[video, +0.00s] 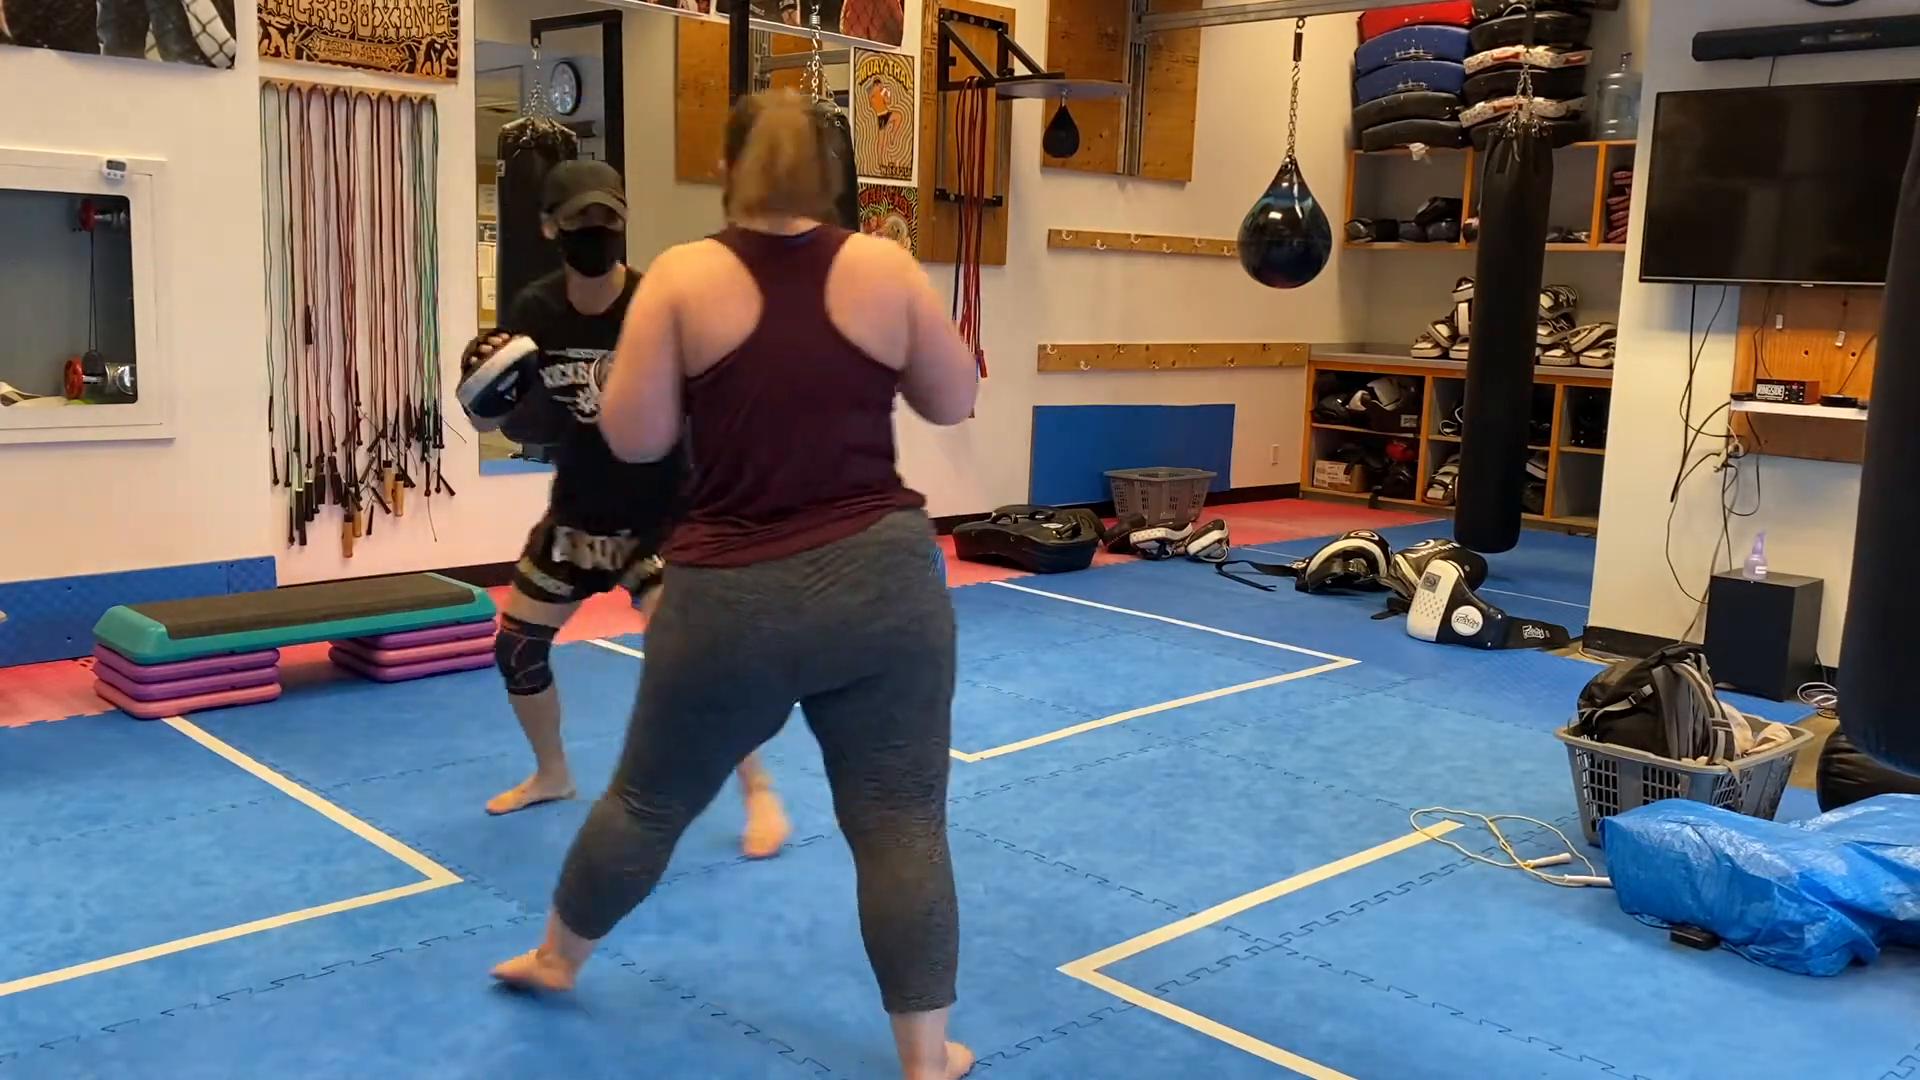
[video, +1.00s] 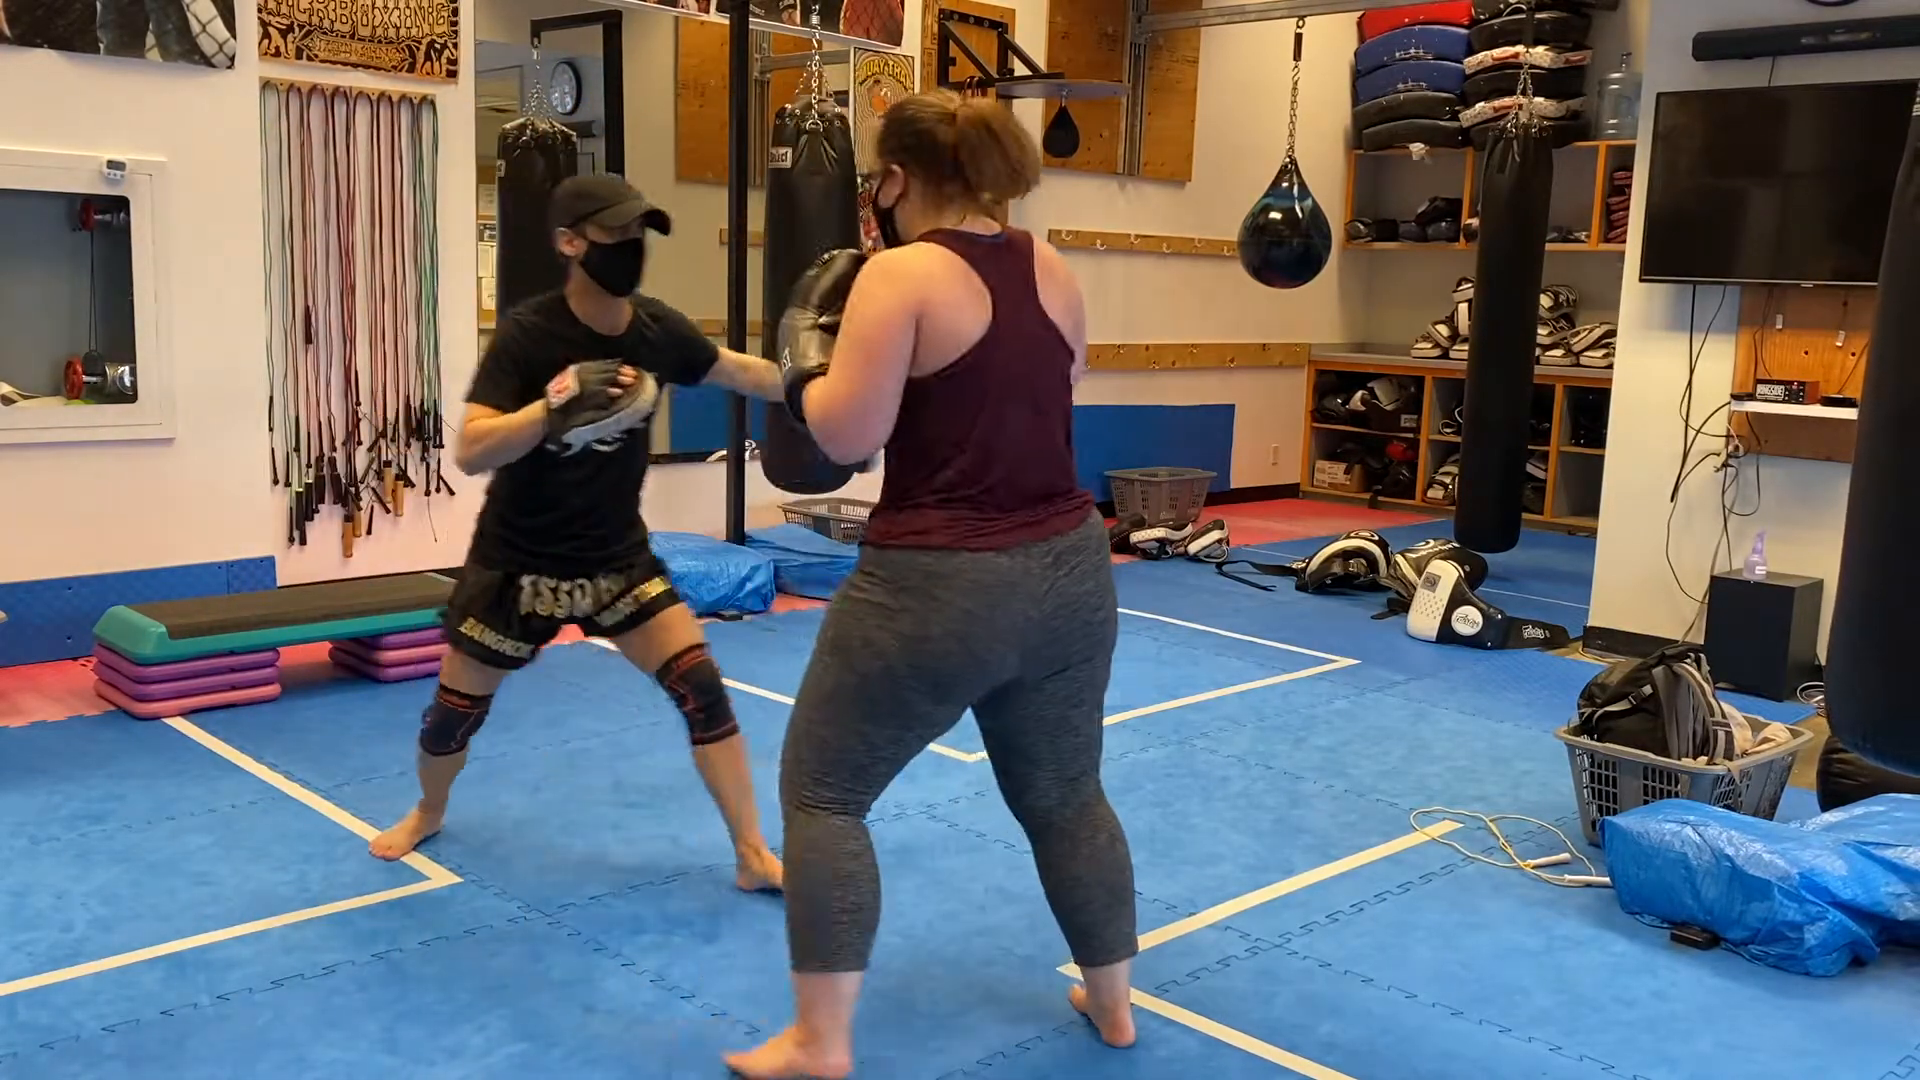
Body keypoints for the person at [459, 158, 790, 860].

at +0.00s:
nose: (597, 230)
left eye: (607, 216)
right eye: (581, 218)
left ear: (624, 220)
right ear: (552, 226)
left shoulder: (660, 300)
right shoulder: (534, 309)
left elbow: (706, 393)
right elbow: (524, 422)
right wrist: (494, 396)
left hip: (668, 516)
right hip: (578, 511)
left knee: (697, 655)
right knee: (519, 650)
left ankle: (758, 787)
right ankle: (553, 774)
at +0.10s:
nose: (580, 214)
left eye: (590, 199)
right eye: (563, 202)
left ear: (608, 203)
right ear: (531, 210)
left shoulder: (646, 297)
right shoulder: (506, 295)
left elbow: (689, 405)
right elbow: (453, 403)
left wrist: (650, 386)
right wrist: (475, 374)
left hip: (628, 494)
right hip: (544, 492)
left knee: (623, 645)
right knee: (512, 647)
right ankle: (551, 772)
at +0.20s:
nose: (573, 206)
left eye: (582, 191)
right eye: (555, 194)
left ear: (597, 195)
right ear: (518, 200)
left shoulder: (636, 295)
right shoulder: (488, 288)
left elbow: (692, 395)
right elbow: (434, 400)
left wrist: (658, 378)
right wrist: (471, 370)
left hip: (603, 499)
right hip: (517, 494)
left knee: (577, 664)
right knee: (493, 650)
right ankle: (548, 755)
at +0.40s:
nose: (554, 224)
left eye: (563, 209)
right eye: (536, 211)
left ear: (578, 210)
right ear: (499, 213)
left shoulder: (609, 309)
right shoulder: (462, 302)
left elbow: (680, 383)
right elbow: (410, 418)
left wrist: (667, 428)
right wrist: (451, 385)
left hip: (570, 516)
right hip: (474, 508)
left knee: (556, 684)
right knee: (416, 660)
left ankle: (508, 798)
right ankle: (454, 772)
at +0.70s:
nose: (534, 236)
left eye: (539, 221)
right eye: (515, 225)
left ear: (548, 223)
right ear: (471, 233)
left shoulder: (570, 315)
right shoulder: (431, 323)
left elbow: (646, 371)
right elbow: (385, 441)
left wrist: (711, 416)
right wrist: (451, 405)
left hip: (543, 524)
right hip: (444, 532)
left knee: (609, 656)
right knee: (402, 698)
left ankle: (572, 806)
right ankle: (422, 811)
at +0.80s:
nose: (552, 236)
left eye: (557, 222)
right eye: (533, 224)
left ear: (564, 225)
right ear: (486, 234)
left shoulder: (582, 318)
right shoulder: (445, 324)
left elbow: (658, 369)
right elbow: (400, 446)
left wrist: (723, 405)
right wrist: (477, 405)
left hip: (554, 530)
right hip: (454, 537)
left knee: (631, 667)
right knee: (410, 707)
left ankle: (670, 833)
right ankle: (424, 811)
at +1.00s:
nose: (636, 248)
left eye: (639, 235)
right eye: (618, 237)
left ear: (642, 237)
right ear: (570, 243)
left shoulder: (658, 331)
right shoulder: (528, 332)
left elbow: (746, 373)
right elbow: (472, 448)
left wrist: (818, 376)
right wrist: (558, 408)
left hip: (617, 554)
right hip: (516, 555)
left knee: (702, 688)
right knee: (448, 723)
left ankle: (752, 852)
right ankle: (429, 813)